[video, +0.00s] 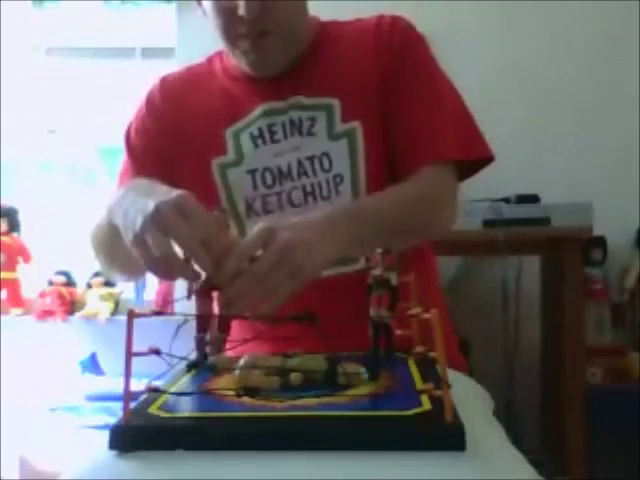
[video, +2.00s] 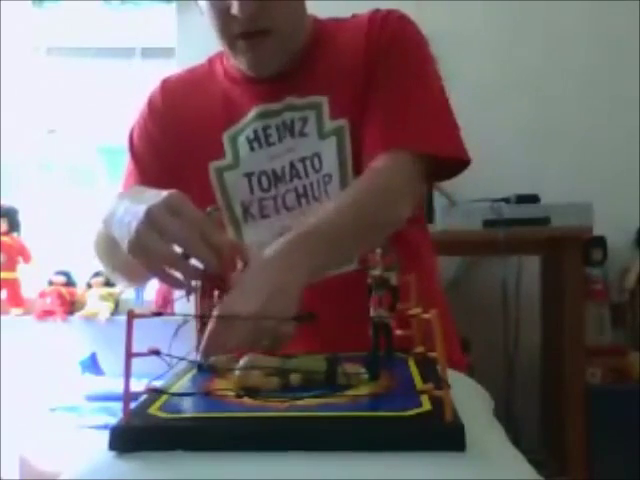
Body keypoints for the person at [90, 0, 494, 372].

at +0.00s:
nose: (244, 12)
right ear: (203, 5)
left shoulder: (385, 47)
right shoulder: (172, 102)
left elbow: (438, 202)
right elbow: (117, 259)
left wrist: (318, 237)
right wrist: (128, 203)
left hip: (399, 366)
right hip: (248, 375)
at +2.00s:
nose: (239, 11)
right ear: (203, 7)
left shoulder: (381, 42)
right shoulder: (172, 106)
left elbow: (399, 182)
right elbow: (127, 269)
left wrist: (285, 265)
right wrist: (124, 214)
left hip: (399, 380)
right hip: (243, 398)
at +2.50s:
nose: (239, 15)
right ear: (202, 7)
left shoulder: (383, 43)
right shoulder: (177, 106)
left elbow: (395, 181)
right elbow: (131, 268)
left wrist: (284, 267)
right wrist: (126, 215)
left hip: (399, 382)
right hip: (246, 398)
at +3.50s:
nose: (233, 15)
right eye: (212, 0)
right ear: (193, 8)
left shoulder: (382, 50)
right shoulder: (169, 111)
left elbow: (484, 195)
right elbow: (130, 270)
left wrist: (415, 140)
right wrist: (116, 229)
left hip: (405, 372)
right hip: (252, 384)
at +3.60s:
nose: (237, 14)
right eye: (214, 1)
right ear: (190, 9)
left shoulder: (383, 49)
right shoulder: (169, 110)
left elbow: (497, 184)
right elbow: (136, 282)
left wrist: (443, 145)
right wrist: (108, 243)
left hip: (410, 368)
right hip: (256, 384)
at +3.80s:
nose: (249, 12)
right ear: (201, 8)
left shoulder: (393, 50)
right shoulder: (179, 114)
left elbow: (484, 159)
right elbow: (149, 282)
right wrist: (90, 260)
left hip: (417, 370)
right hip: (268, 391)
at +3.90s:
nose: (259, 17)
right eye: (237, 4)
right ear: (216, 10)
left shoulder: (402, 49)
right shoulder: (188, 111)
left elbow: (486, 166)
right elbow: (154, 268)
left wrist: (523, 283)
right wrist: (62, 286)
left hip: (427, 375)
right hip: (278, 397)